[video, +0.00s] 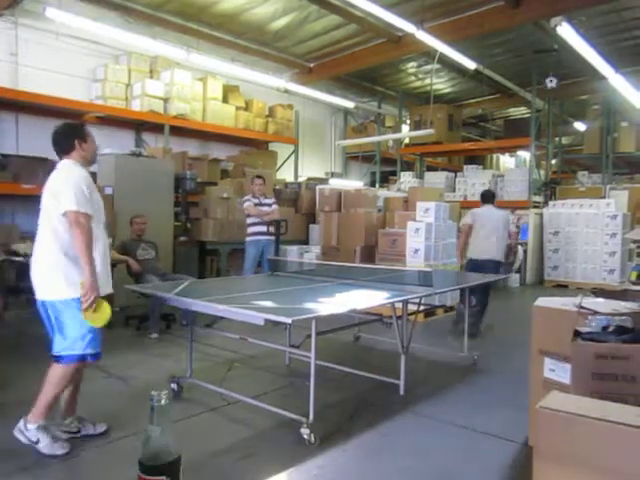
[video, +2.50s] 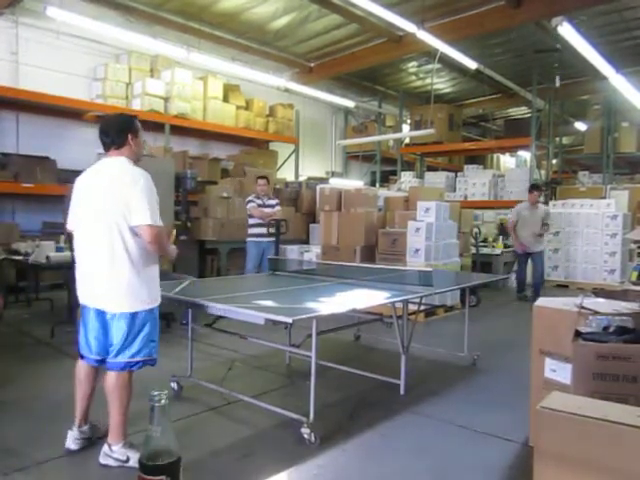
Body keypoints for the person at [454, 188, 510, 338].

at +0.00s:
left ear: (480, 201)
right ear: (494, 201)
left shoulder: (473, 213)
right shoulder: (504, 215)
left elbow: (464, 233)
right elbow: (512, 239)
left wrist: (460, 255)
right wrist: (508, 258)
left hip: (474, 259)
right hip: (495, 260)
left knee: (467, 292)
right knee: (484, 293)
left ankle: (461, 321)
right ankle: (475, 326)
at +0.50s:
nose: (521, 199)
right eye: (521, 197)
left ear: (509, 195)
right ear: (521, 197)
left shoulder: (498, 206)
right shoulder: (523, 207)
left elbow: (488, 222)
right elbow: (527, 223)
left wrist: (487, 237)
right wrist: (528, 240)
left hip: (495, 245)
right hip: (512, 246)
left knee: (494, 275)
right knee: (515, 275)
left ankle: (485, 298)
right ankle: (516, 302)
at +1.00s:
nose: (531, 233)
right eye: (531, 232)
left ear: (522, 229)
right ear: (531, 231)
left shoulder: (513, 234)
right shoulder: (533, 240)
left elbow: (503, 243)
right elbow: (537, 254)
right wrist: (539, 268)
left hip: (509, 259)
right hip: (524, 260)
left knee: (509, 277)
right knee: (527, 277)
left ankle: (510, 294)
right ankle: (526, 294)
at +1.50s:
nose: (548, 216)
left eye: (548, 214)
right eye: (548, 215)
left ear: (538, 211)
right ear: (547, 214)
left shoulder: (527, 218)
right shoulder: (544, 224)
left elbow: (517, 228)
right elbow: (546, 242)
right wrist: (549, 257)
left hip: (515, 247)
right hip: (528, 250)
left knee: (529, 267)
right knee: (537, 268)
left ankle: (525, 287)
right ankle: (530, 288)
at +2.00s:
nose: (542, 198)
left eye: (543, 195)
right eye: (540, 195)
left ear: (535, 195)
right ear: (535, 195)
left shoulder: (534, 208)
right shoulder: (530, 208)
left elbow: (533, 224)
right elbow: (528, 225)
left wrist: (540, 231)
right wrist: (539, 238)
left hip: (536, 243)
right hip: (530, 243)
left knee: (538, 269)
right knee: (534, 270)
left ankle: (534, 288)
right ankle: (519, 290)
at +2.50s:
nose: (537, 198)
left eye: (539, 195)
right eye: (535, 194)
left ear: (540, 196)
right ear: (529, 194)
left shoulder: (544, 210)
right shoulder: (519, 209)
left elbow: (546, 225)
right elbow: (511, 226)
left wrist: (542, 231)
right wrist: (517, 243)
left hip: (537, 247)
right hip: (522, 246)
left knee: (539, 274)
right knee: (521, 273)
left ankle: (536, 295)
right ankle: (520, 292)